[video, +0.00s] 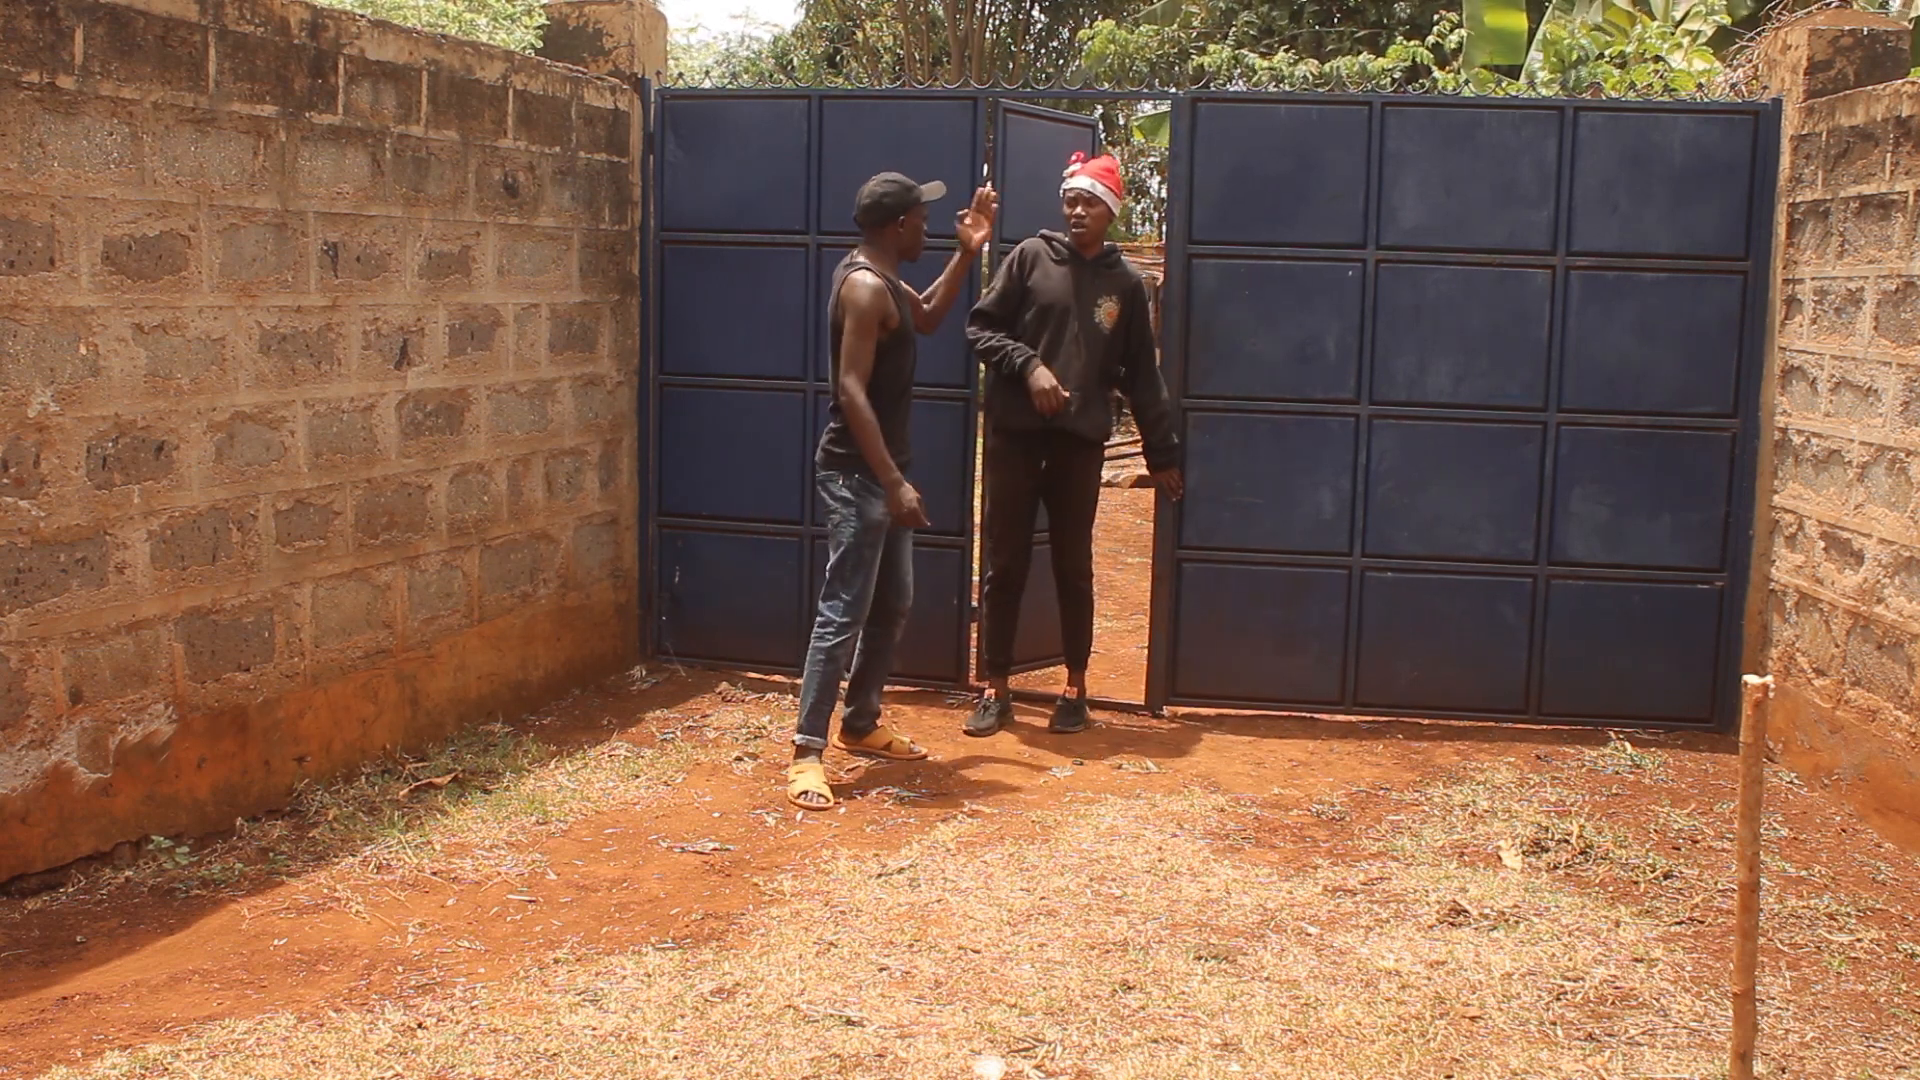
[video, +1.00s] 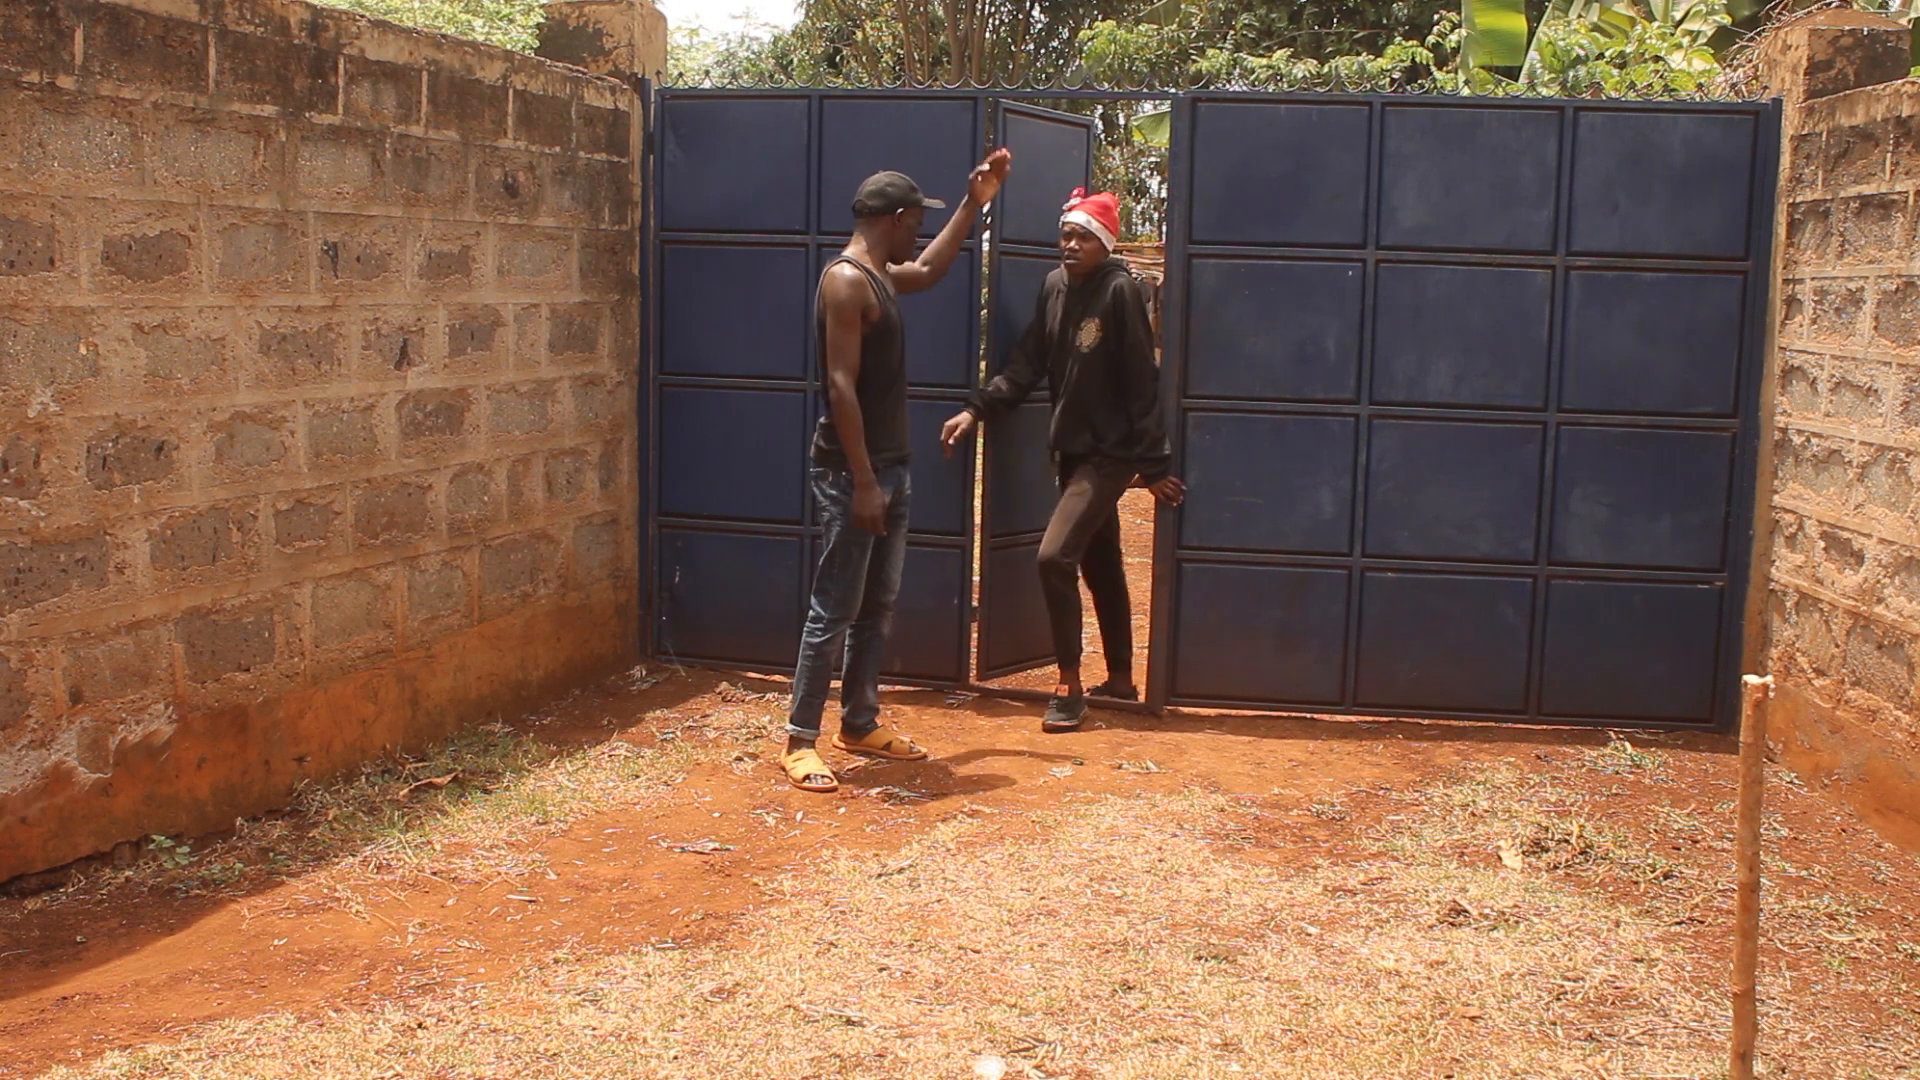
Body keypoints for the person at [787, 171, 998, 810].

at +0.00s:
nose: (926, 225)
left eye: (924, 216)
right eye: (921, 217)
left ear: (883, 223)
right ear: (897, 225)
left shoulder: (883, 275)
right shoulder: (863, 287)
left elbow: (926, 317)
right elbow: (850, 393)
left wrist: (967, 252)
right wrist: (893, 480)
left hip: (886, 468)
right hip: (854, 471)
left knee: (891, 604)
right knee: (841, 613)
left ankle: (861, 725)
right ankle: (807, 754)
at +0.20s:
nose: (944, 231)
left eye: (942, 222)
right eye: (939, 222)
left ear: (906, 224)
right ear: (914, 224)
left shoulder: (897, 278)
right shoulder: (877, 281)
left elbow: (937, 323)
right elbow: (864, 383)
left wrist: (1017, 308)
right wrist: (903, 471)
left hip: (890, 464)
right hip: (860, 465)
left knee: (891, 600)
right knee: (850, 603)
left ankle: (862, 725)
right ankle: (794, 739)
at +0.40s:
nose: (961, 234)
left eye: (960, 224)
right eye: (955, 224)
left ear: (923, 224)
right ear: (930, 224)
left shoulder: (915, 276)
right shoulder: (894, 277)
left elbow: (966, 308)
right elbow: (878, 379)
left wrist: (1040, 294)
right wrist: (907, 470)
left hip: (891, 462)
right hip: (858, 461)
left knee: (890, 600)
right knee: (838, 602)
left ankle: (863, 725)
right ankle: (792, 740)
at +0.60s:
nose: (945, 225)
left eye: (944, 216)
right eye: (941, 214)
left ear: (913, 217)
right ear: (920, 216)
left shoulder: (914, 265)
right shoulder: (872, 275)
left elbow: (984, 246)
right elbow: (868, 376)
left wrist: (1049, 230)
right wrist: (910, 465)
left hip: (897, 459)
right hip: (857, 459)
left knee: (887, 600)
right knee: (836, 602)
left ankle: (862, 726)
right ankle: (797, 739)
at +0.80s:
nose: (931, 225)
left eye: (932, 218)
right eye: (927, 216)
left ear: (899, 217)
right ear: (900, 217)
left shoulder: (899, 267)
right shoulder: (857, 278)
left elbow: (957, 234)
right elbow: (847, 380)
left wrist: (992, 165)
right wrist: (890, 468)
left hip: (898, 462)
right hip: (856, 465)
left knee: (883, 603)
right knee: (839, 605)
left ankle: (859, 726)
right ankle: (805, 740)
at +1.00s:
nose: (920, 229)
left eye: (920, 219)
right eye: (915, 218)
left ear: (883, 219)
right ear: (888, 218)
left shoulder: (881, 270)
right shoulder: (846, 281)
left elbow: (928, 269)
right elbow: (841, 384)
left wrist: (974, 203)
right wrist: (863, 480)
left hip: (891, 464)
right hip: (848, 468)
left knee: (877, 603)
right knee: (832, 607)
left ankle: (860, 726)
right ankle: (801, 743)